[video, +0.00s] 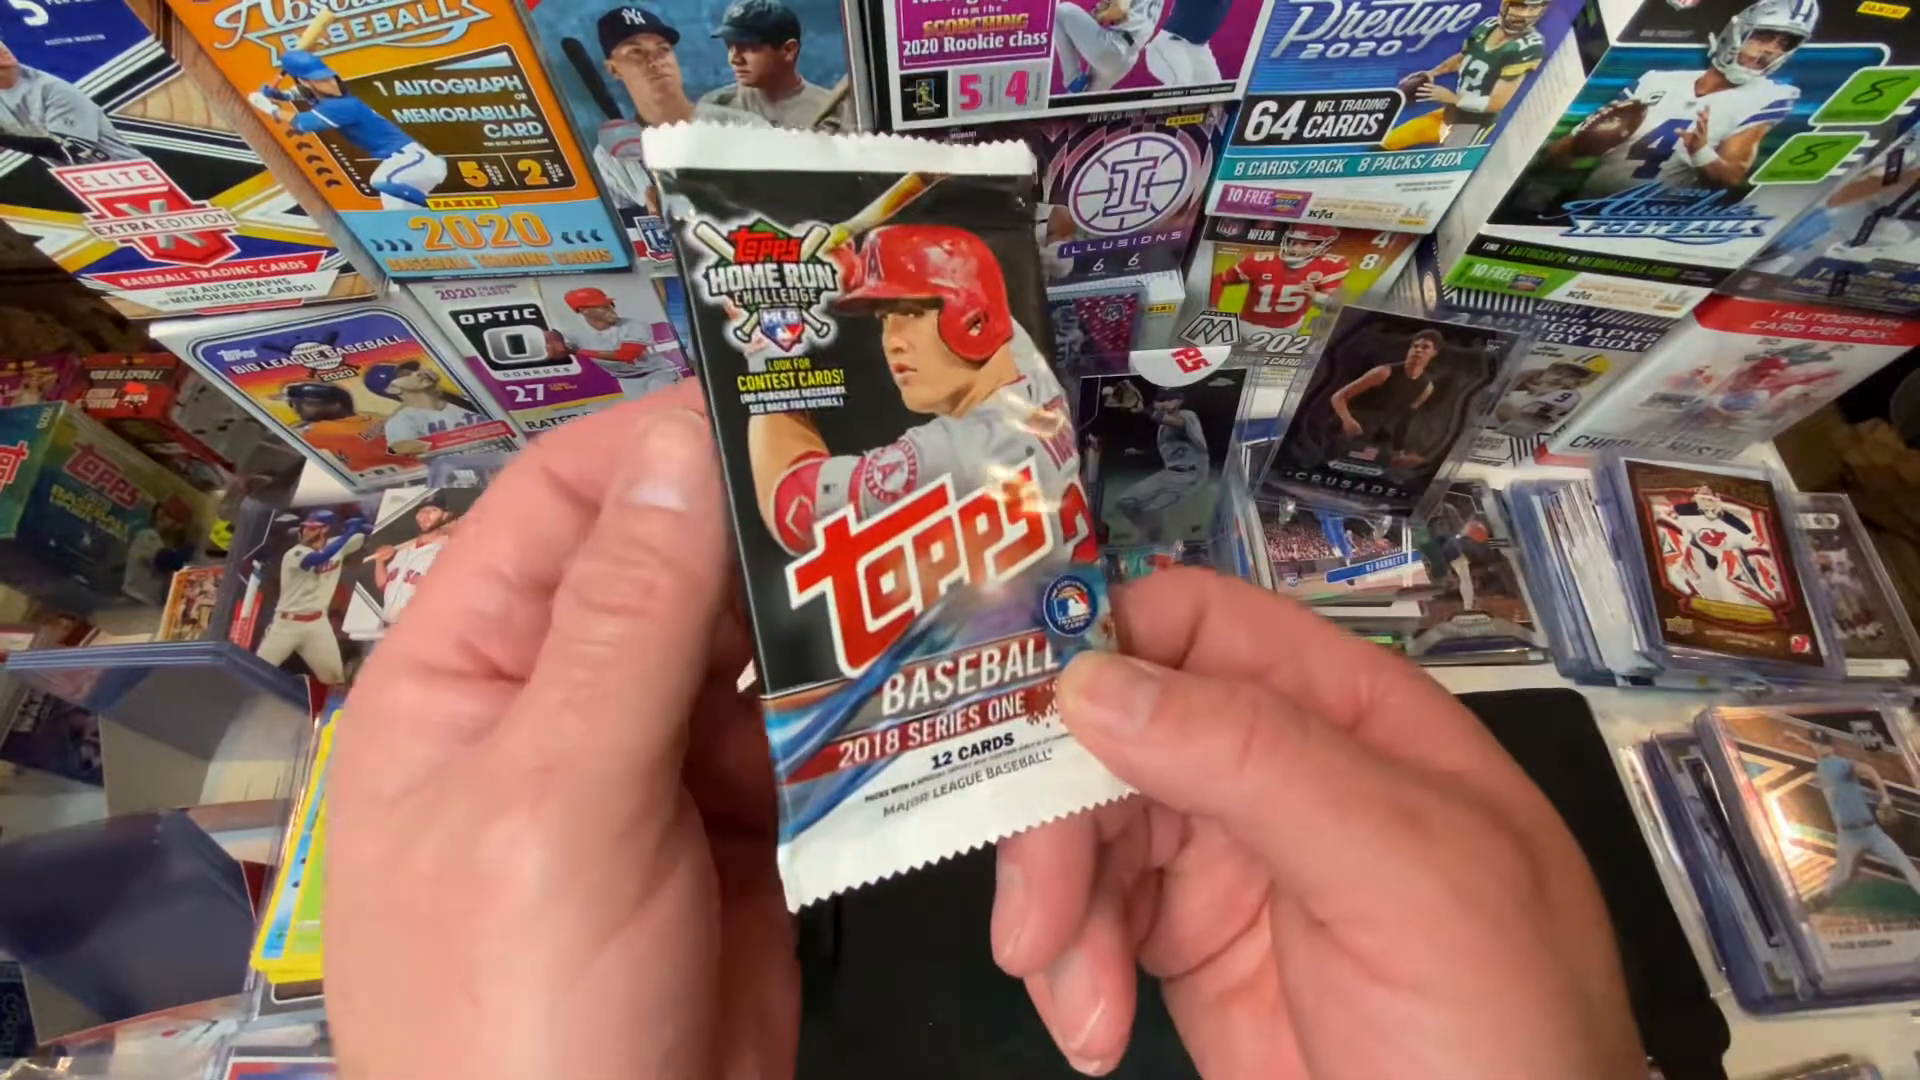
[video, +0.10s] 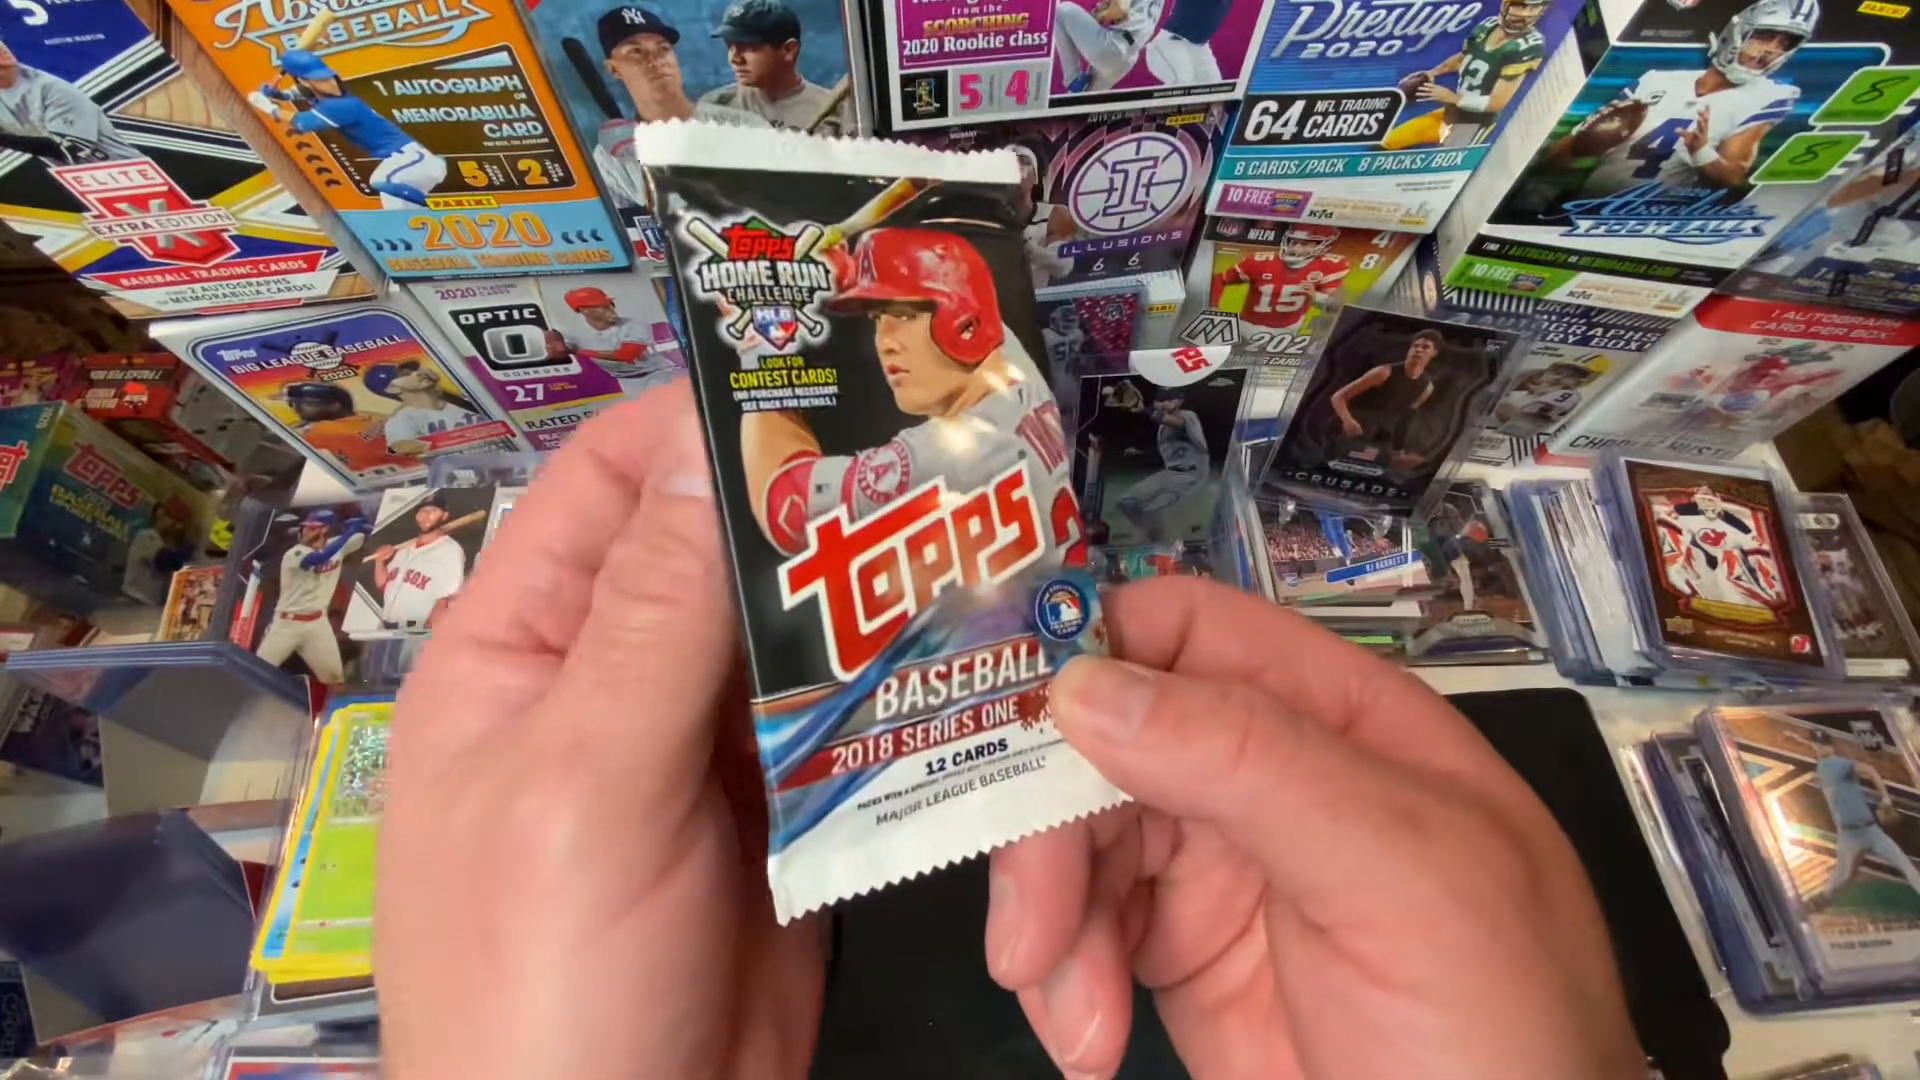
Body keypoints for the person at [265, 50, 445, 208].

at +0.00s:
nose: (331, 80)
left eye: (329, 76)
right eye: (324, 78)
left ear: (309, 83)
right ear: (307, 84)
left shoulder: (343, 106)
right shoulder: (331, 103)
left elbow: (299, 122)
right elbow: (299, 93)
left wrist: (270, 109)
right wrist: (276, 94)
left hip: (415, 159)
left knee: (381, 178)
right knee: (399, 222)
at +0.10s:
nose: (331, 80)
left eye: (328, 76)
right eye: (322, 78)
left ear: (309, 82)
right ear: (307, 83)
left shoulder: (343, 106)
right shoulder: (332, 103)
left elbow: (299, 122)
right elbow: (301, 92)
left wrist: (270, 108)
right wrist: (276, 94)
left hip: (415, 158)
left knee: (380, 179)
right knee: (398, 221)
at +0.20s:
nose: (300, 87)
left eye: (301, 82)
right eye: (300, 83)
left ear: (309, 83)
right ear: (325, 79)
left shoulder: (342, 107)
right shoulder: (334, 102)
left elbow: (299, 123)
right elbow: (303, 93)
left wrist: (270, 110)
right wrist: (278, 96)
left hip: (413, 159)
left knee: (380, 180)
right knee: (398, 222)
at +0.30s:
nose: (299, 87)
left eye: (300, 82)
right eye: (299, 83)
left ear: (307, 83)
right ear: (325, 77)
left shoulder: (341, 106)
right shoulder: (335, 100)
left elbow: (298, 122)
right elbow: (305, 91)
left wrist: (269, 107)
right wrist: (279, 95)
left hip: (414, 157)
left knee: (380, 179)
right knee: (397, 222)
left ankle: (432, 212)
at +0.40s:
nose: (299, 87)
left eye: (299, 82)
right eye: (298, 83)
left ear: (308, 83)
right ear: (324, 78)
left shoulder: (341, 107)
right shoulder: (334, 100)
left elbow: (298, 122)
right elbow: (303, 92)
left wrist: (268, 107)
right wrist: (277, 95)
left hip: (413, 157)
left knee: (380, 180)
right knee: (397, 222)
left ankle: (431, 214)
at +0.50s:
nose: (297, 87)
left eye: (298, 82)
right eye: (298, 83)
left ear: (306, 83)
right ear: (323, 77)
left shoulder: (341, 107)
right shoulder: (332, 100)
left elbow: (298, 122)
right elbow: (302, 93)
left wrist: (268, 108)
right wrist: (277, 95)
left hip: (414, 158)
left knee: (380, 180)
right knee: (397, 224)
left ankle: (432, 213)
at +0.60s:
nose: (298, 86)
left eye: (299, 82)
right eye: (298, 83)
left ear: (308, 83)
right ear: (324, 78)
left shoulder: (341, 107)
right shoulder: (334, 100)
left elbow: (298, 122)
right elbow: (304, 92)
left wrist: (268, 107)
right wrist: (278, 94)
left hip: (414, 157)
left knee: (380, 179)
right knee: (398, 223)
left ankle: (432, 213)